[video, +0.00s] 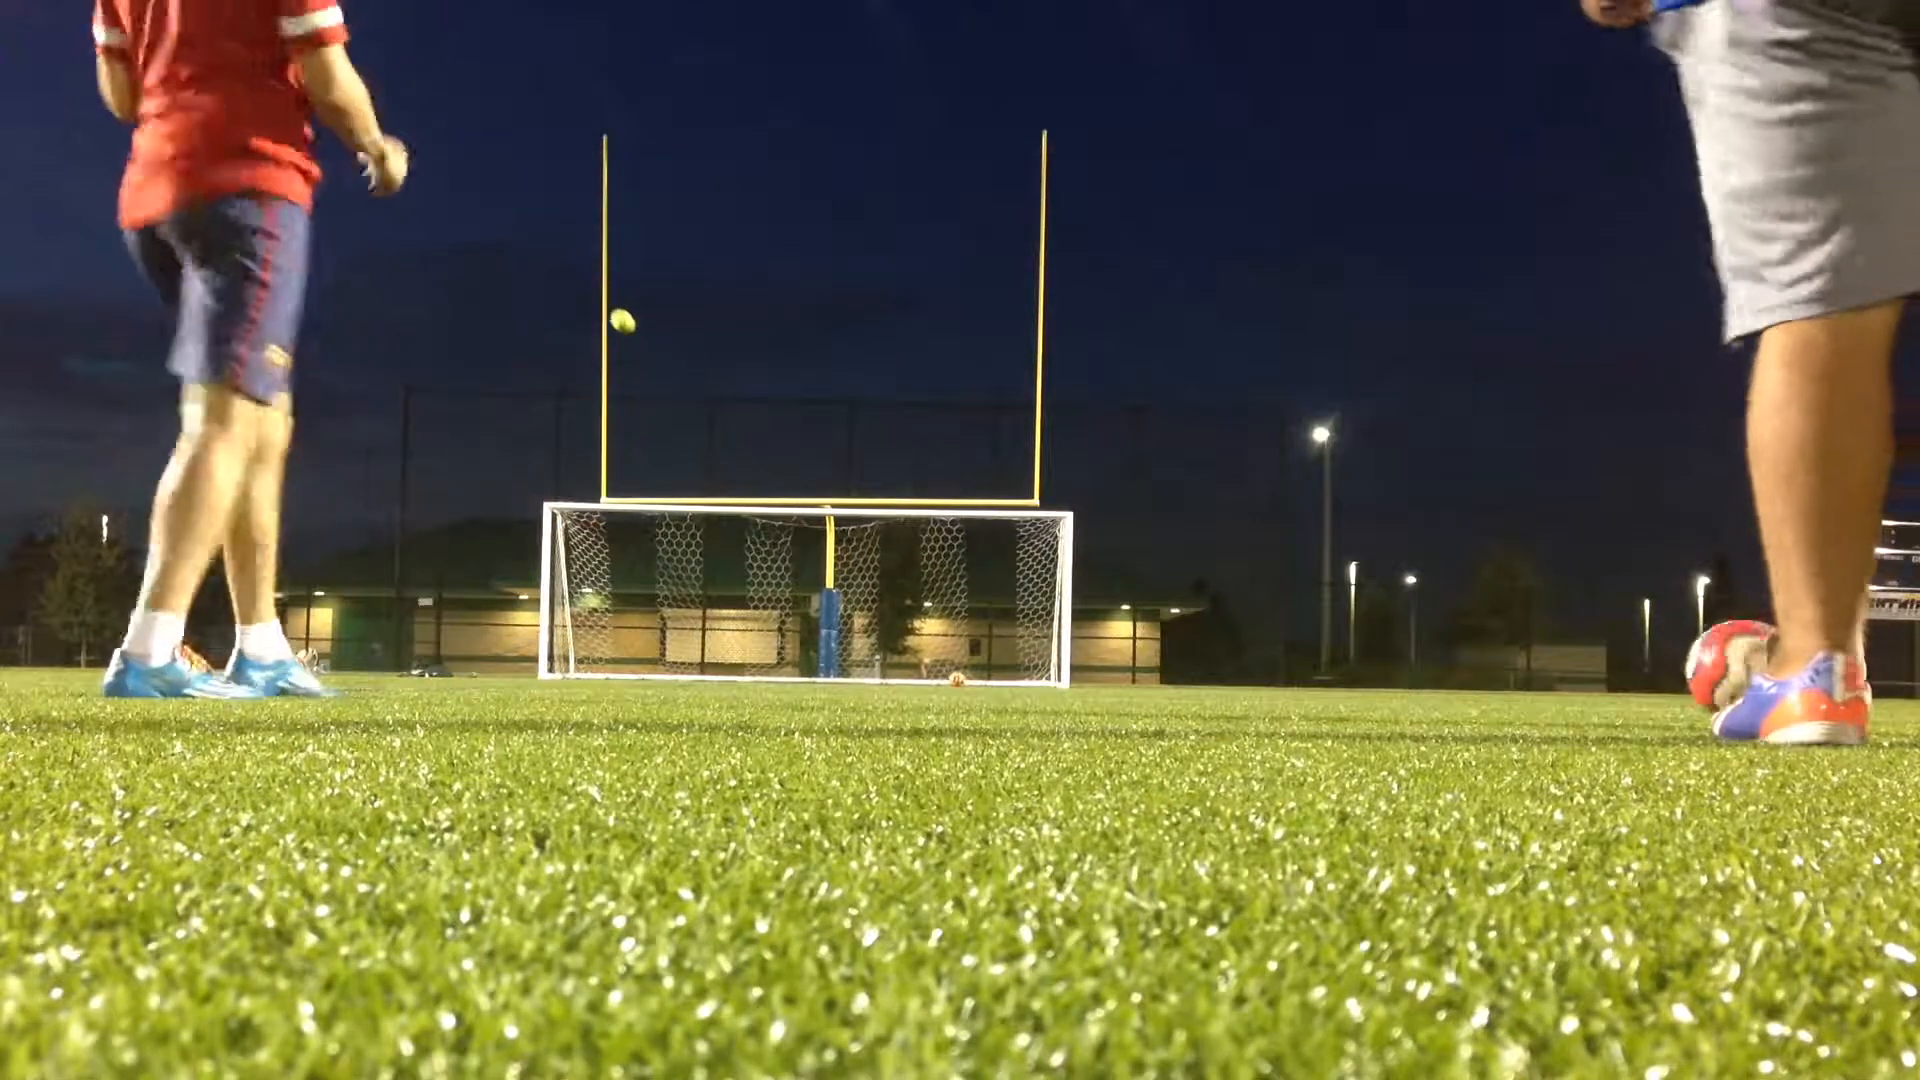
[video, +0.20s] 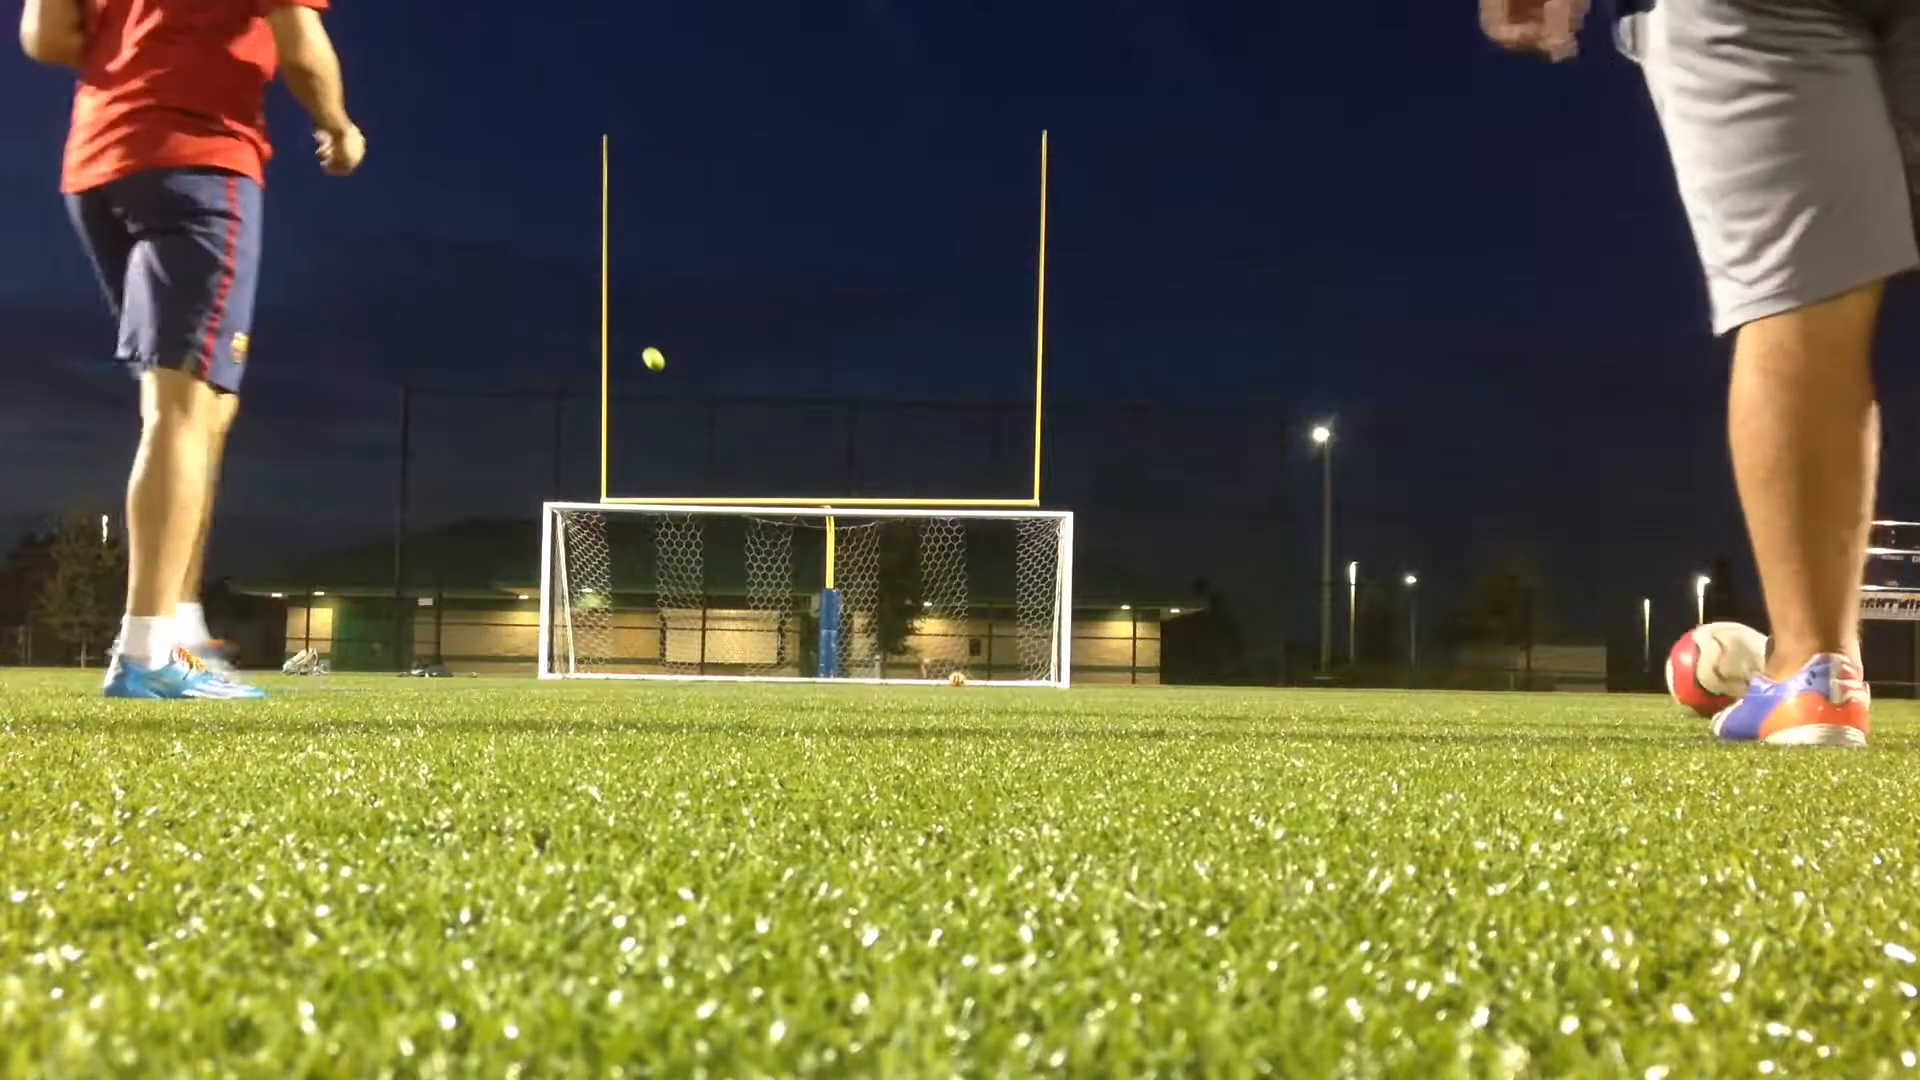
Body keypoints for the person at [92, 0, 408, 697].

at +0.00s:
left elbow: (122, 93)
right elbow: (328, 82)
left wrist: (210, 115)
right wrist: (375, 143)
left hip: (154, 183)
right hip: (254, 175)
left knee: (266, 423)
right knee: (220, 427)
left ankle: (262, 650)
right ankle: (148, 655)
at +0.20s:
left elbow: (45, 33)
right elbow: (300, 47)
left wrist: (143, 57)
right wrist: (334, 121)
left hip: (96, 153)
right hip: (200, 148)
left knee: (208, 397)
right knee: (180, 406)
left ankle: (181, 637)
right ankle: (143, 654)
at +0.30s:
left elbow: (28, 27)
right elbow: (278, 36)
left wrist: (125, 51)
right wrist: (317, 129)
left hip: (78, 149)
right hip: (187, 145)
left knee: (146, 399)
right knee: (178, 408)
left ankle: (79, 616)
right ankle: (150, 657)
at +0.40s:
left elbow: (16, 26)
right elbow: (252, 17)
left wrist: (109, 40)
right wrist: (296, 132)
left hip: (57, 145)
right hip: (172, 143)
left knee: (99, 402)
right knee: (171, 406)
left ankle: (12, 620)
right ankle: (148, 657)